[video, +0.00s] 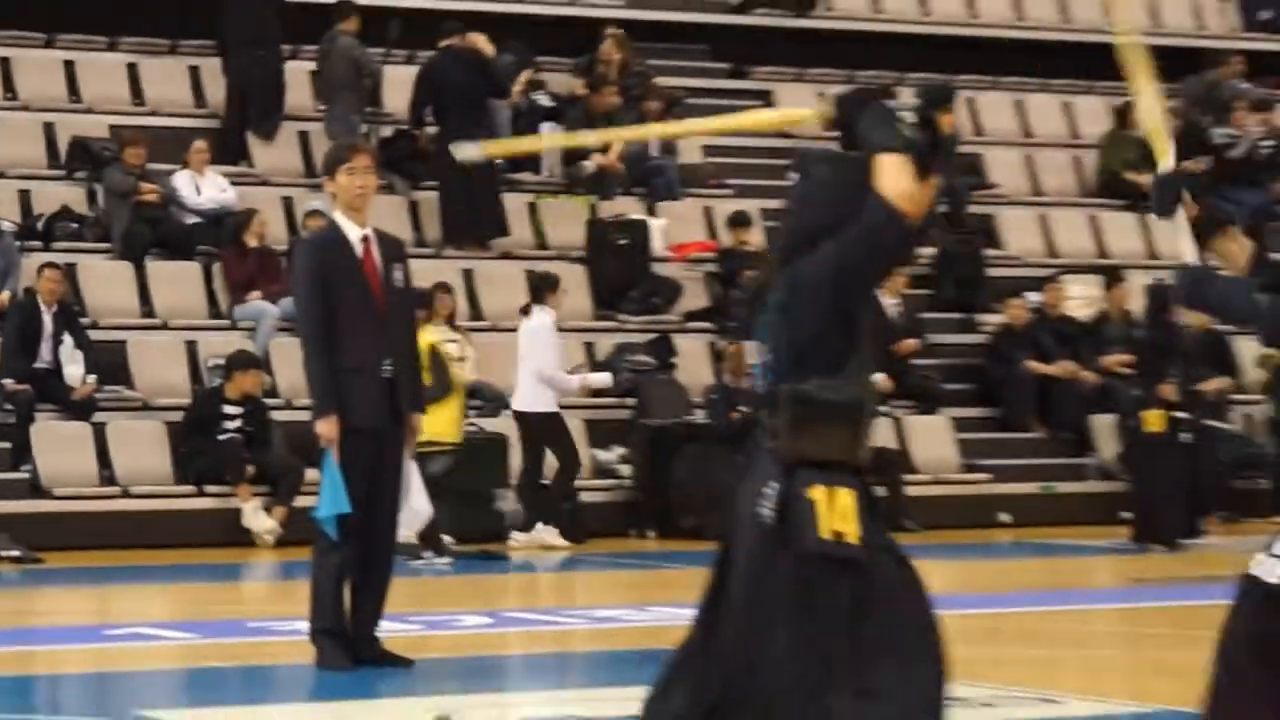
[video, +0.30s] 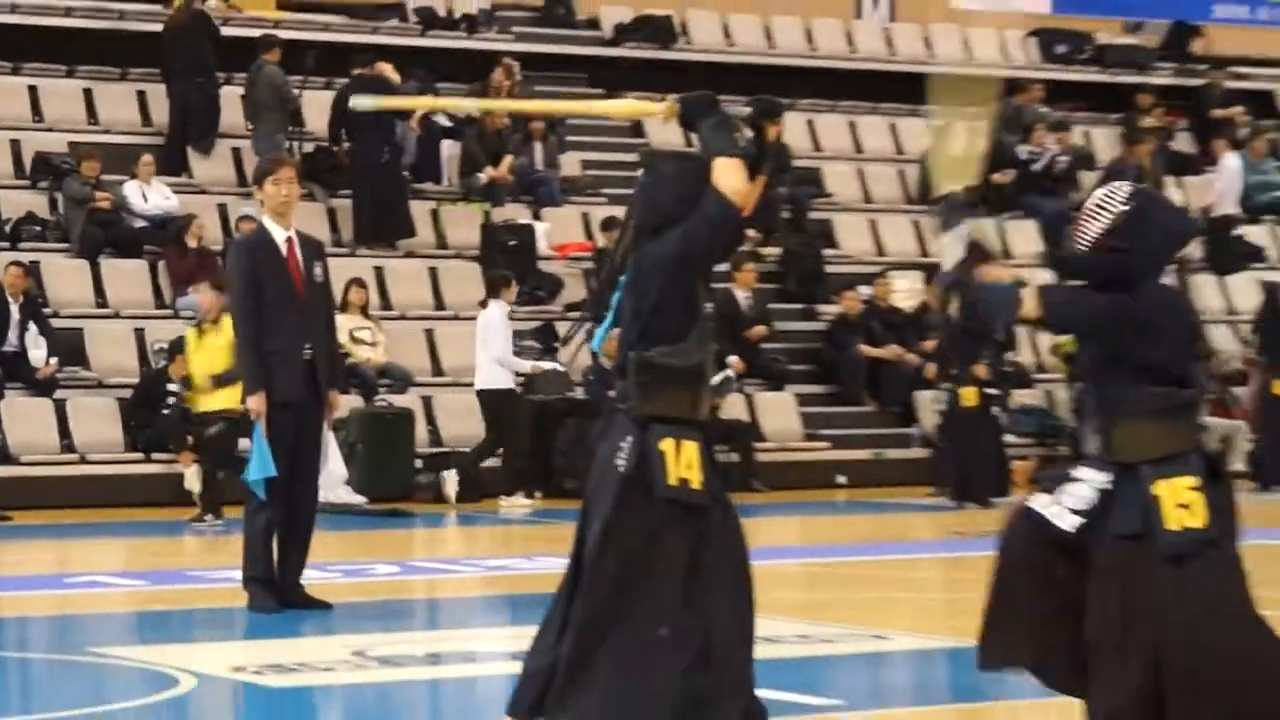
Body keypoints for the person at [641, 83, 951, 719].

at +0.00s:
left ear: (807, 213)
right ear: (846, 214)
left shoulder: (820, 285)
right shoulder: (812, 285)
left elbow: (909, 213)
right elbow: (894, 205)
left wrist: (933, 139)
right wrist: (874, 121)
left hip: (796, 481)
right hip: (810, 489)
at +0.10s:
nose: (820, 210)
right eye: (807, 194)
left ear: (735, 199)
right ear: (779, 202)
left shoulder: (736, 268)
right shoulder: (751, 265)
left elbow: (833, 214)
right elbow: (819, 200)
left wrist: (864, 140)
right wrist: (802, 115)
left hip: (720, 465)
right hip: (749, 473)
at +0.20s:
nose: (774, 207)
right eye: (762, 194)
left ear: (690, 196)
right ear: (732, 199)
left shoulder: (697, 259)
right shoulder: (700, 259)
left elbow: (784, 203)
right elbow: (767, 190)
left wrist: (811, 136)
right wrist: (750, 112)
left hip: (679, 448)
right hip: (694, 454)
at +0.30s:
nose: (735, 211)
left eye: (739, 194)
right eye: (724, 198)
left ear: (654, 201)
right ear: (693, 203)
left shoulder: (667, 261)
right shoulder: (662, 261)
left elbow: (741, 203)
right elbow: (728, 196)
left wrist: (762, 141)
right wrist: (713, 123)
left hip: (662, 439)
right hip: (654, 445)